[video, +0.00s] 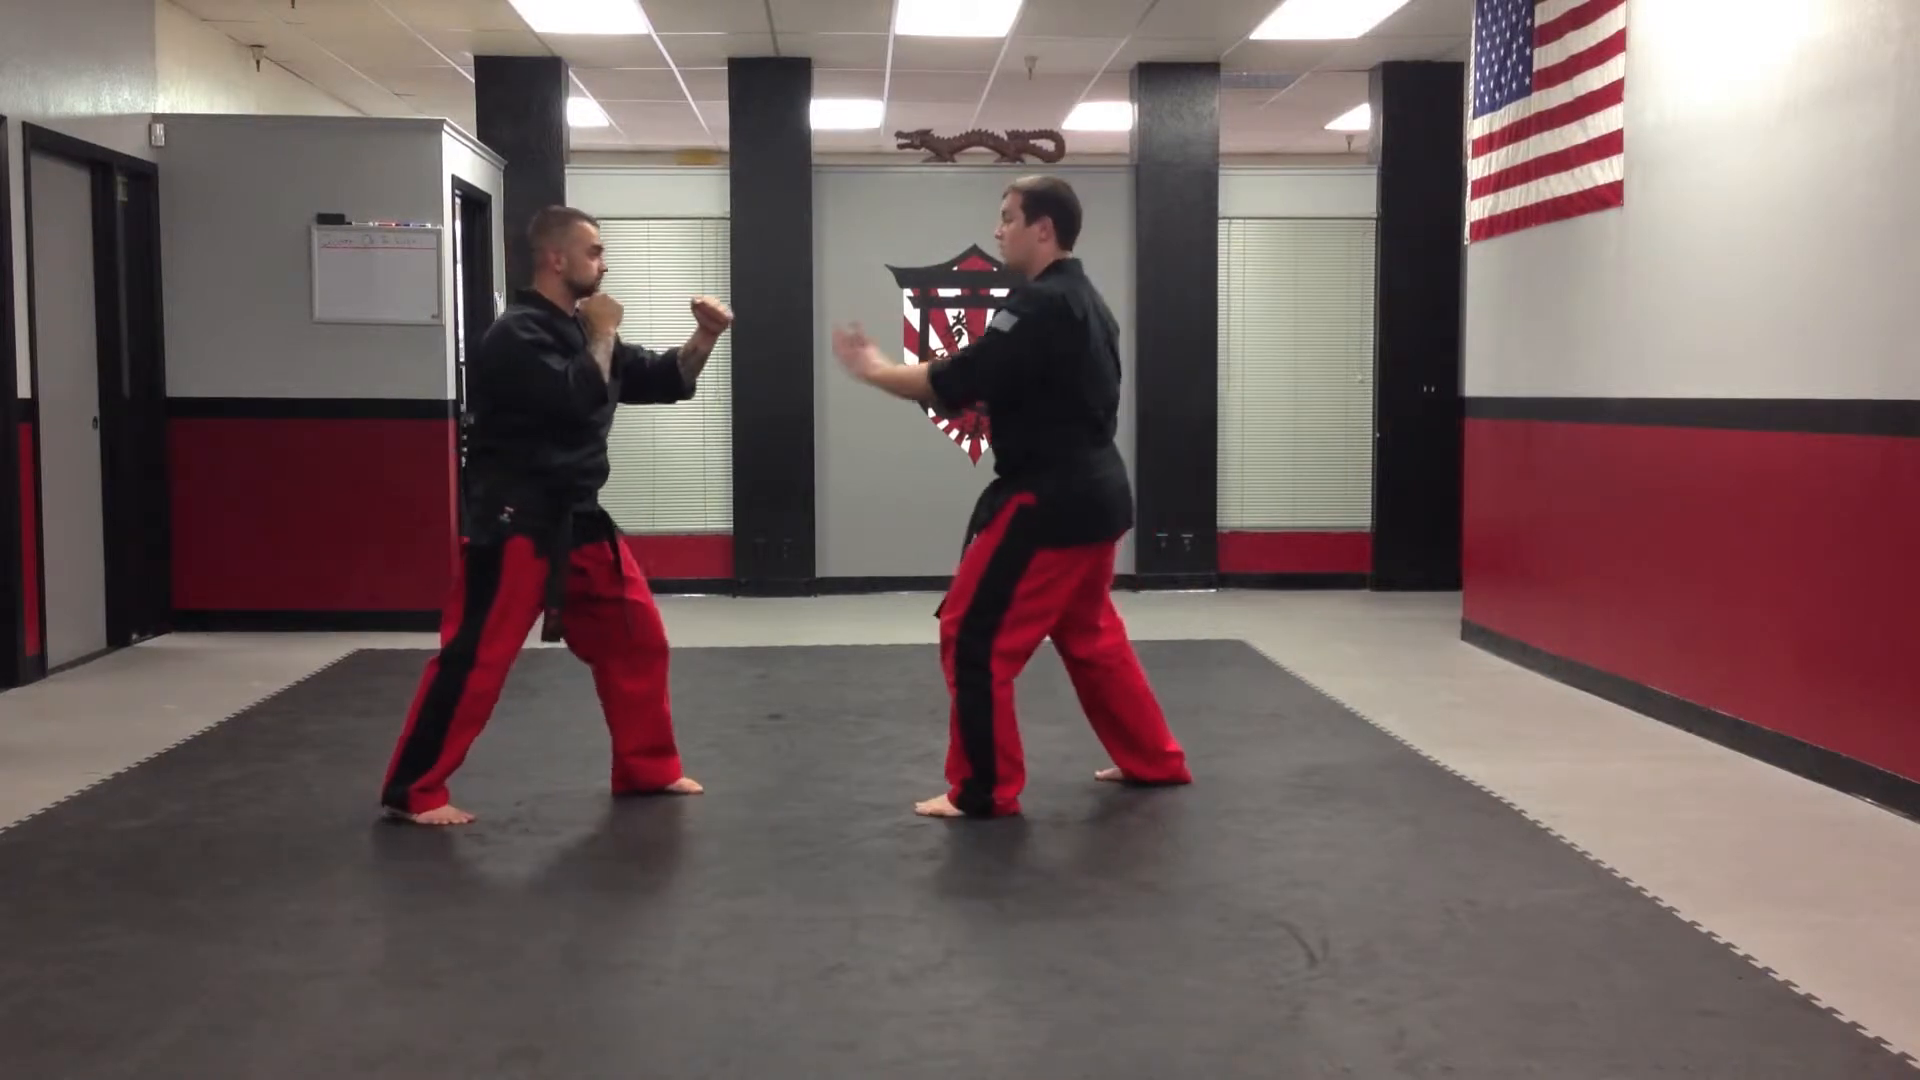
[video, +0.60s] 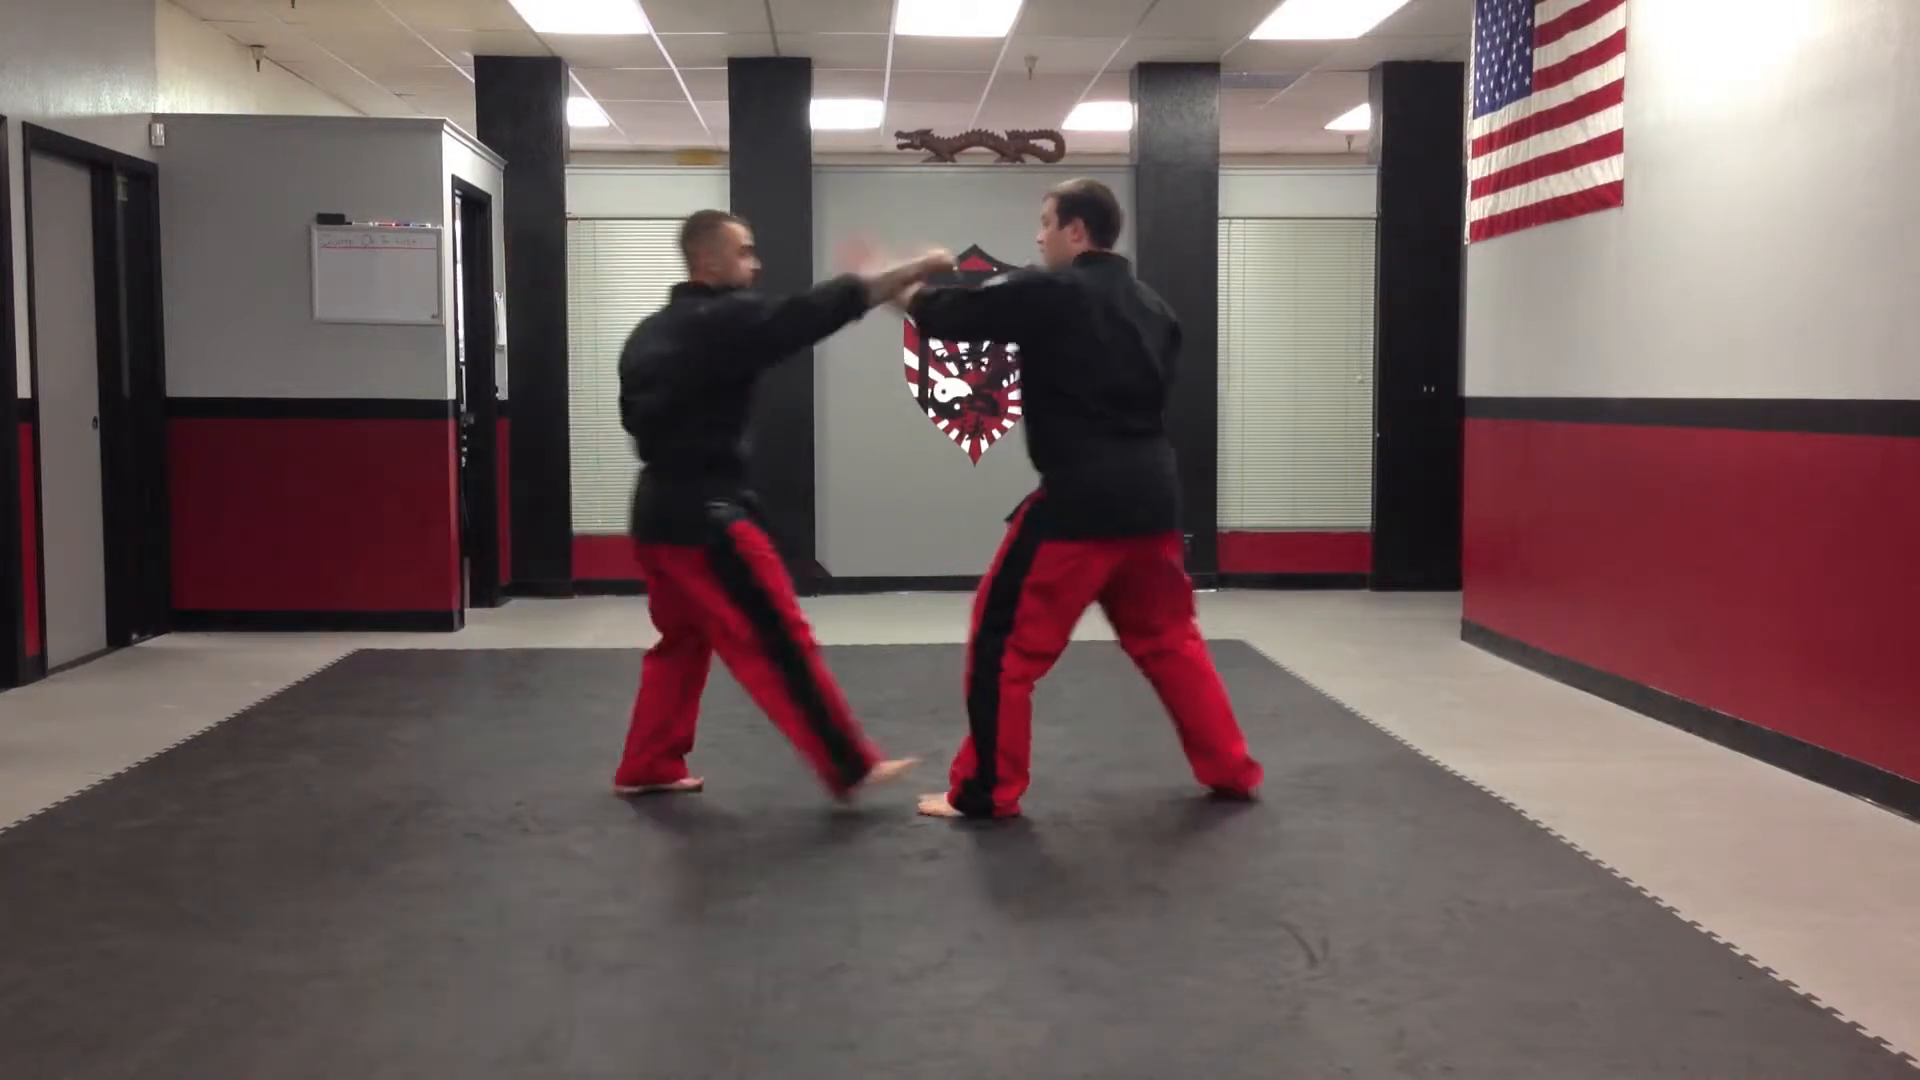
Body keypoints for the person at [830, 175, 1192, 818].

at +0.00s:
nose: (997, 232)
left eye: (1006, 220)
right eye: (1000, 219)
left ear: (1043, 229)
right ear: (1050, 233)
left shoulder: (1043, 304)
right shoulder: (1082, 299)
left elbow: (953, 380)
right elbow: (1050, 393)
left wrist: (875, 370)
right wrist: (983, 403)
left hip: (1044, 503)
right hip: (1093, 496)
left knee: (970, 635)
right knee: (1087, 627)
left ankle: (984, 792)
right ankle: (1154, 759)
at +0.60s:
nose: (1039, 239)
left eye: (1045, 226)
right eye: (1041, 226)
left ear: (1075, 231)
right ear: (1103, 234)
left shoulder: (1048, 291)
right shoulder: (1153, 307)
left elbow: (951, 313)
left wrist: (915, 287)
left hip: (1074, 504)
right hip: (1151, 503)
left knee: (1003, 644)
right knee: (1169, 637)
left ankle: (987, 794)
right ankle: (1233, 772)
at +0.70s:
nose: (1055, 243)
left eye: (1062, 231)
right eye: (1057, 231)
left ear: (1093, 234)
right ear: (1120, 236)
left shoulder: (1069, 296)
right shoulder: (1180, 304)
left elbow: (977, 329)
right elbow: (1195, 406)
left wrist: (957, 263)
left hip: (1096, 504)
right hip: (1177, 502)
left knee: (1026, 644)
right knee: (1190, 639)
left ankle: (1003, 788)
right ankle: (1231, 776)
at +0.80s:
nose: (1066, 252)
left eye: (1072, 239)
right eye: (1067, 240)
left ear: (1103, 240)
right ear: (1131, 242)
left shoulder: (1086, 307)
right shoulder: (1195, 309)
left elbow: (1022, 376)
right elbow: (1229, 403)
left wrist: (986, 315)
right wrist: (1162, 410)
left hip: (1103, 509)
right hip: (1187, 508)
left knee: (1037, 638)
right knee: (1195, 642)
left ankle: (1038, 779)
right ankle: (1232, 775)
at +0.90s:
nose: (1068, 258)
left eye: (1073, 245)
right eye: (1068, 245)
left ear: (1105, 245)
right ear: (1132, 248)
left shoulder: (1095, 314)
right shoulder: (1199, 312)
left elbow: (1062, 401)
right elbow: (1239, 405)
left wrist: (1007, 369)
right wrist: (1171, 386)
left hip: (1106, 512)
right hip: (1189, 512)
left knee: (1044, 636)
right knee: (1195, 643)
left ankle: (1036, 774)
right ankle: (1232, 776)